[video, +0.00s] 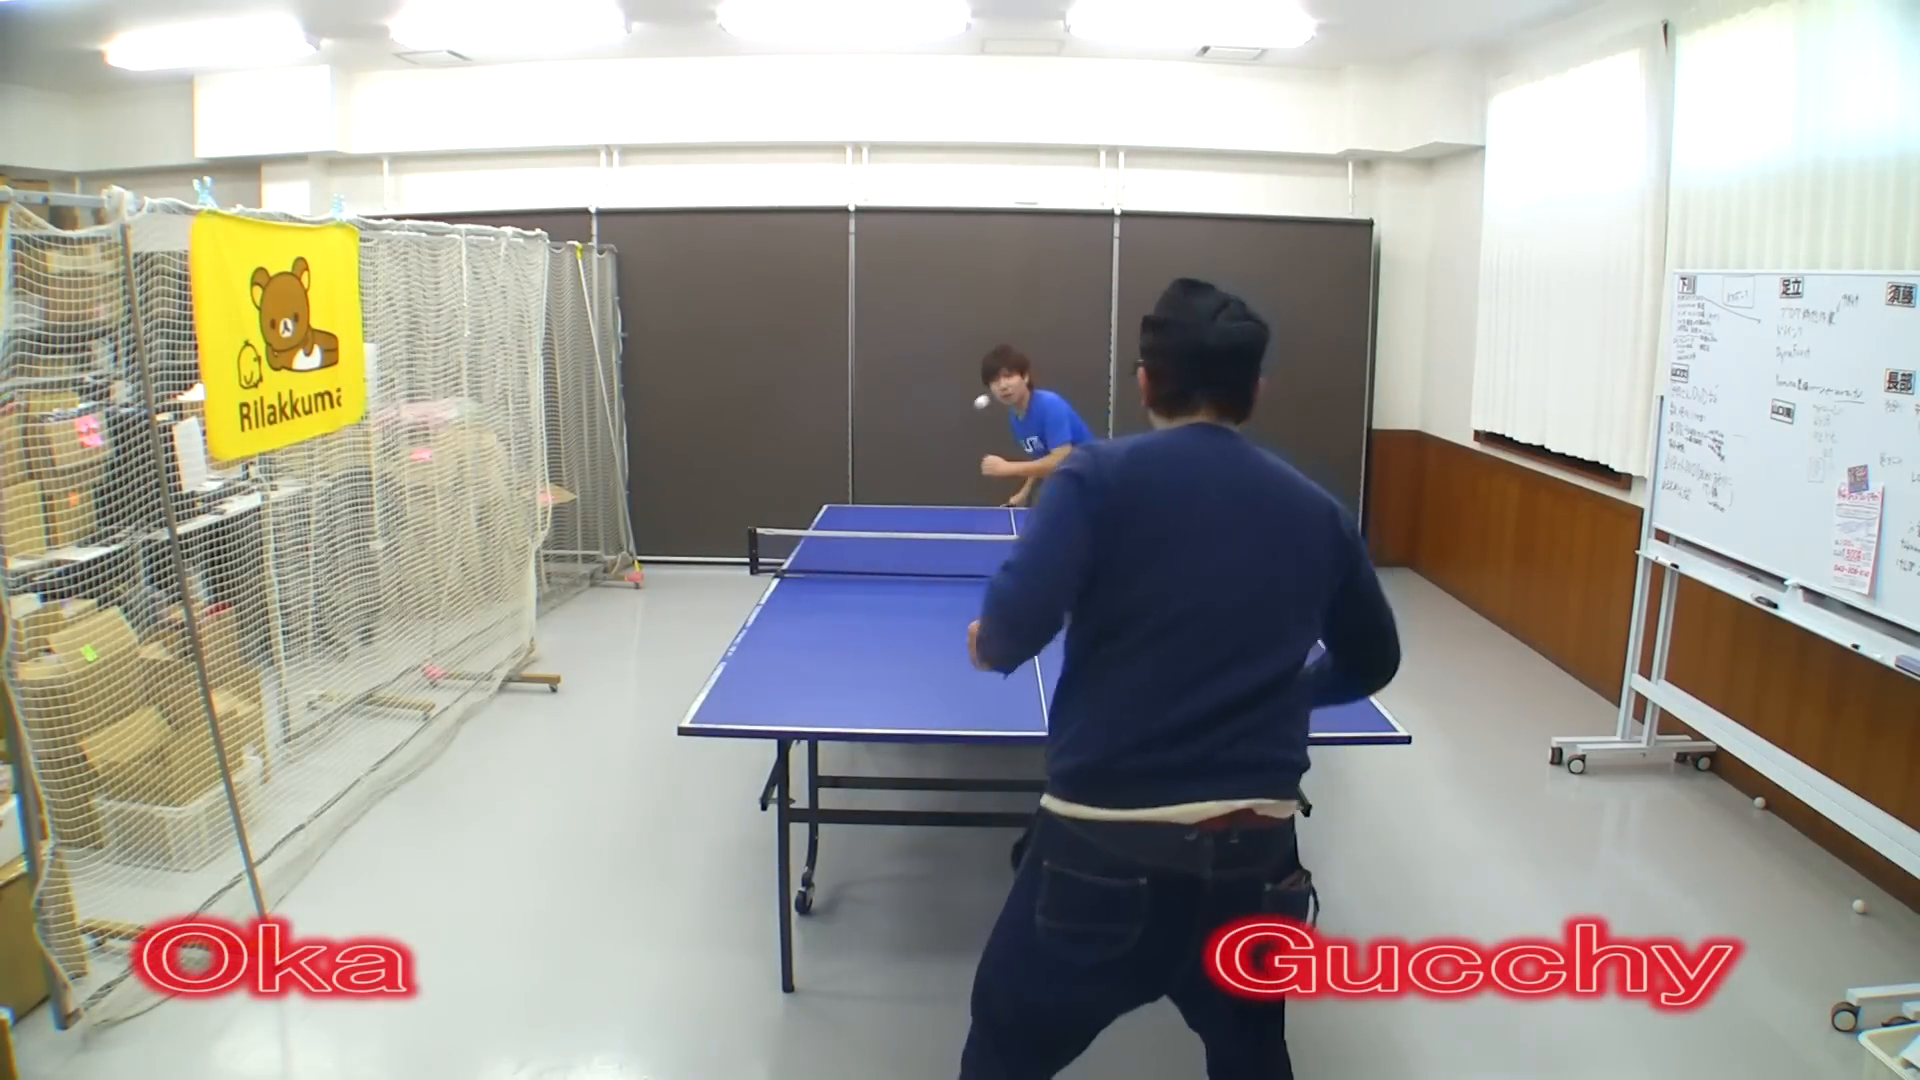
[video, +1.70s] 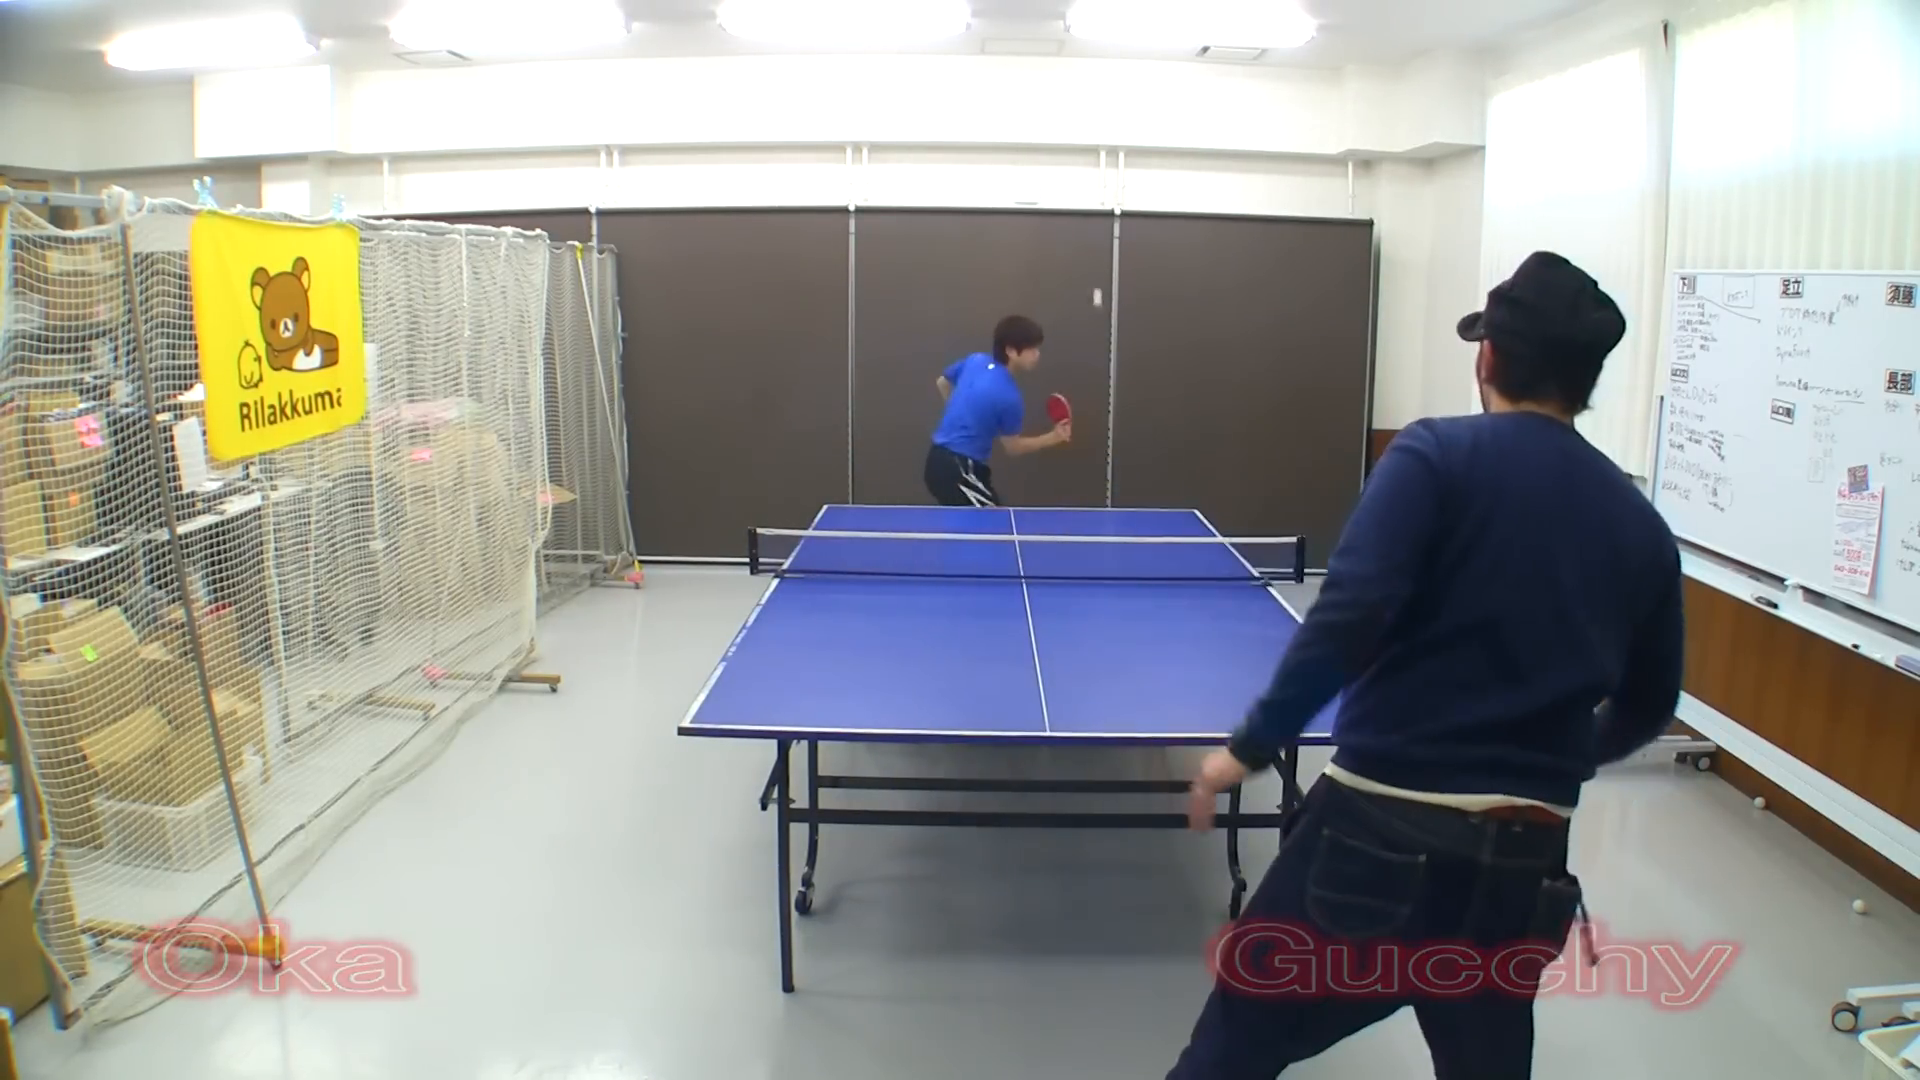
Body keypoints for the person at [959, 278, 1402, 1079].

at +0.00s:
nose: (1140, 376)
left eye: (1140, 366)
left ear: (1145, 383)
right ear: (1257, 390)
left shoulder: (1096, 477)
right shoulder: (1312, 506)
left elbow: (1018, 619)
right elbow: (1371, 657)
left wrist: (989, 644)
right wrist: (1275, 691)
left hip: (1102, 866)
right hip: (1255, 866)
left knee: (1004, 1058)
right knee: (1252, 1055)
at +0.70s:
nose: (1156, 392)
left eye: (1160, 381)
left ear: (1167, 400)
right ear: (1278, 410)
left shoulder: (1103, 512)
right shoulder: (1333, 537)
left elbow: (1035, 681)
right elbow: (1400, 701)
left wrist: (1024, 739)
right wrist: (1301, 664)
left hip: (1116, 913)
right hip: (1282, 913)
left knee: (1008, 1067)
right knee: (1309, 1061)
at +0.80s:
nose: (1249, 401)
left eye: (1255, 389)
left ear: (1262, 407)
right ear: (1369, 421)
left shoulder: (1199, 493)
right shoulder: (1412, 538)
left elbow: (1123, 611)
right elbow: (1551, 605)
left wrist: (1044, 719)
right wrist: (1505, 632)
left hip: (1129, 888)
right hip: (1289, 902)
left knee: (1030, 1067)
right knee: (1310, 1062)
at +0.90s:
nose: (1326, 392)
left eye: (1331, 381)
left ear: (1340, 395)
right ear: (1447, 413)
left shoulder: (1289, 473)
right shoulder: (1489, 534)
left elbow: (1228, 580)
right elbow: (1580, 622)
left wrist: (1126, 689)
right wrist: (1531, 681)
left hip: (1184, 853)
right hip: (1337, 888)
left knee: (1018, 1033)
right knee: (1337, 1061)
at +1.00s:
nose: (1365, 371)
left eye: (1370, 361)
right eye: (1376, 359)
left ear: (1377, 375)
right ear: (1480, 399)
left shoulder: (1340, 449)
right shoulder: (1533, 530)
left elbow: (1285, 562)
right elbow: (1602, 659)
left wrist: (1161, 686)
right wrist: (1556, 788)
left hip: (1231, 828)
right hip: (1384, 869)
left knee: (1037, 997)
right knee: (1363, 1066)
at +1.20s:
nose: (1433, 372)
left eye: (1437, 355)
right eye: (1439, 353)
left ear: (1450, 367)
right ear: (1546, 386)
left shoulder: (1407, 451)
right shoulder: (1603, 528)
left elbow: (1330, 567)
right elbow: (1673, 678)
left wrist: (1182, 674)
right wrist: (1627, 823)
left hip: (1302, 826)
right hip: (1449, 869)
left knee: (1159, 1022)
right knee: (1419, 1065)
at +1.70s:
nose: (1477, 351)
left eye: (1480, 338)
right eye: (1483, 336)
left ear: (1489, 353)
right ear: (1588, 377)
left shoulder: (1435, 452)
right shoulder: (1640, 521)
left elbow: (1353, 610)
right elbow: (1648, 703)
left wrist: (1247, 747)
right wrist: (1552, 753)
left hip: (1373, 845)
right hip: (1521, 863)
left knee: (1227, 1055)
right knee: (1490, 1069)